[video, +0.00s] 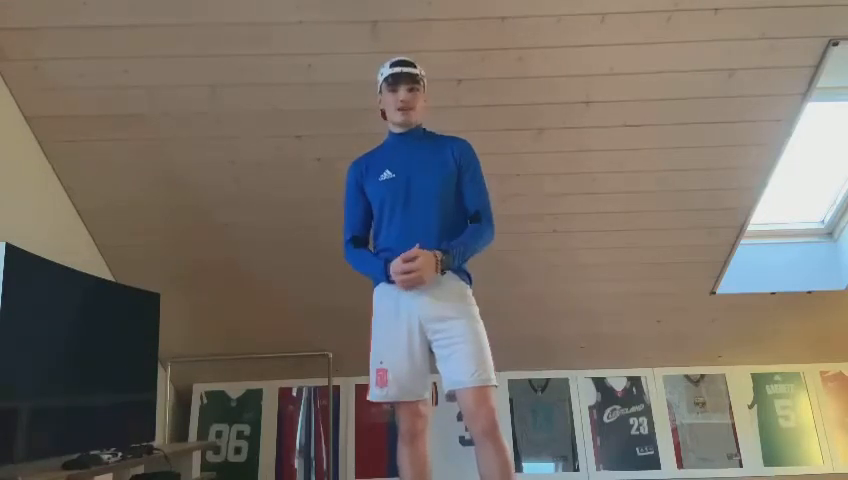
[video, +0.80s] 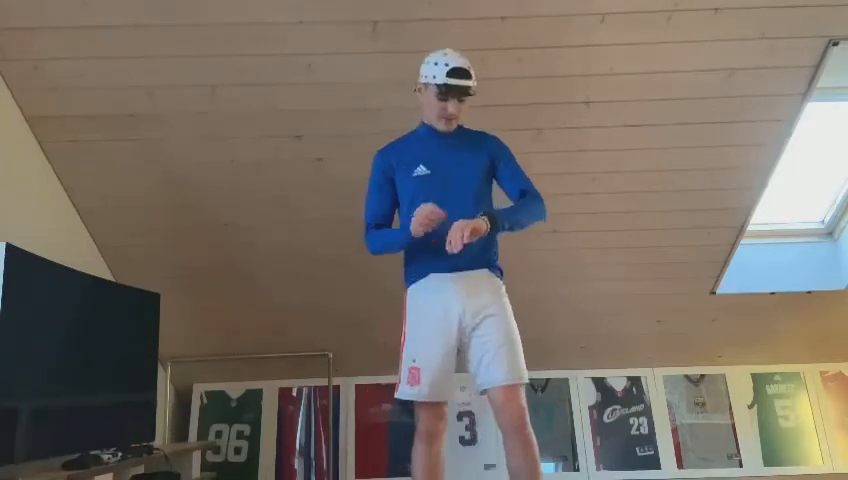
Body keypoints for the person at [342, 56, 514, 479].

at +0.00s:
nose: (404, 97)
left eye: (412, 89)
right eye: (394, 90)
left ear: (425, 98)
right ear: (381, 103)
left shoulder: (457, 150)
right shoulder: (363, 168)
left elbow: (484, 226)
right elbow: (353, 246)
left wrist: (442, 259)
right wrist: (388, 269)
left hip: (450, 294)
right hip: (393, 300)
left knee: (483, 417)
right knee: (411, 421)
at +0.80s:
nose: (452, 107)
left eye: (460, 98)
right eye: (443, 96)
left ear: (469, 96)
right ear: (421, 91)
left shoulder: (487, 146)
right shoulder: (391, 158)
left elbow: (534, 206)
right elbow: (374, 239)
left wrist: (487, 222)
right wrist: (410, 230)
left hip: (486, 289)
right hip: (429, 293)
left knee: (513, 409)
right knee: (430, 420)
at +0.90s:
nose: (464, 108)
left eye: (474, 98)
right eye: (456, 96)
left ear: (483, 96)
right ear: (435, 89)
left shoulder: (499, 144)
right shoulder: (404, 153)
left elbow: (547, 199)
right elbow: (382, 234)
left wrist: (494, 210)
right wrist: (431, 210)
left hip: (493, 290)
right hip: (436, 294)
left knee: (516, 409)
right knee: (434, 422)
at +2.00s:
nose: (521, 106)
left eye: (531, 97)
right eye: (513, 95)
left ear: (543, 92)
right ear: (497, 85)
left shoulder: (561, 139)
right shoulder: (464, 143)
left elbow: (602, 191)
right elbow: (440, 223)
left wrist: (530, 171)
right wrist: (473, 189)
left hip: (539, 288)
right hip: (482, 290)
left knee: (541, 416)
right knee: (467, 415)